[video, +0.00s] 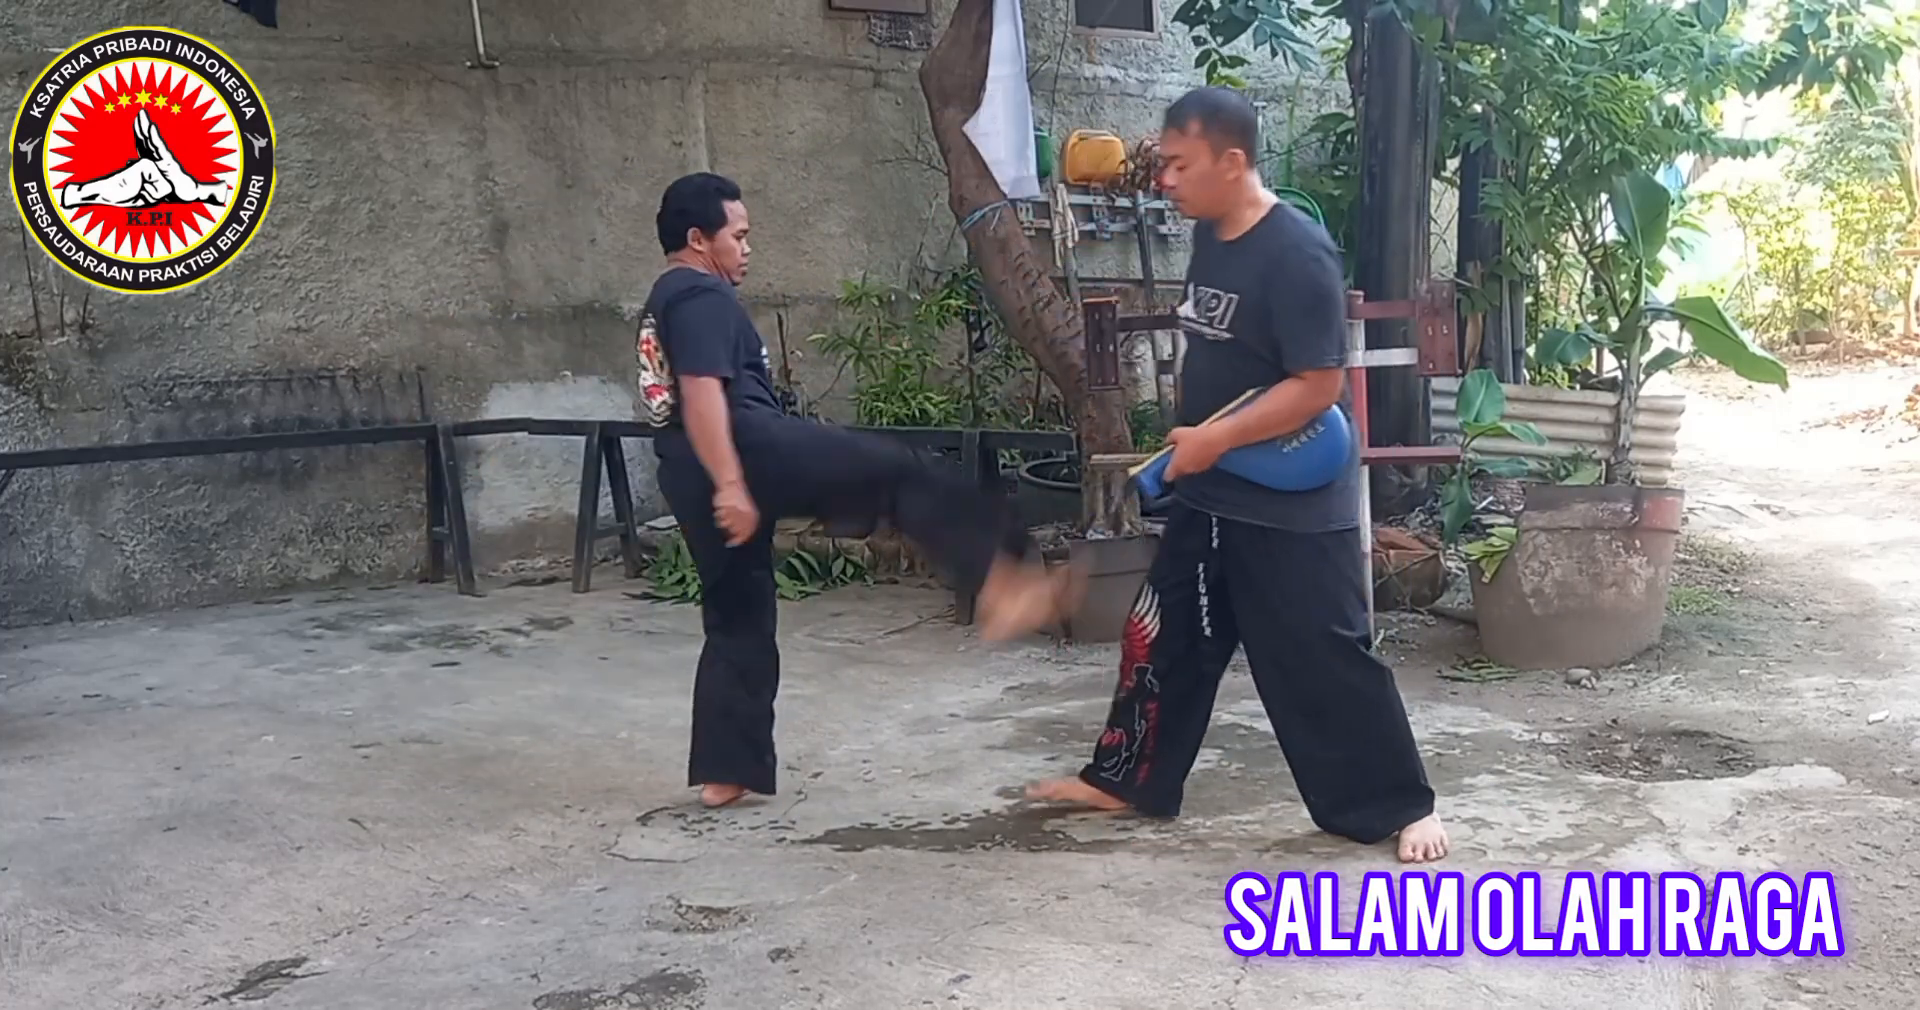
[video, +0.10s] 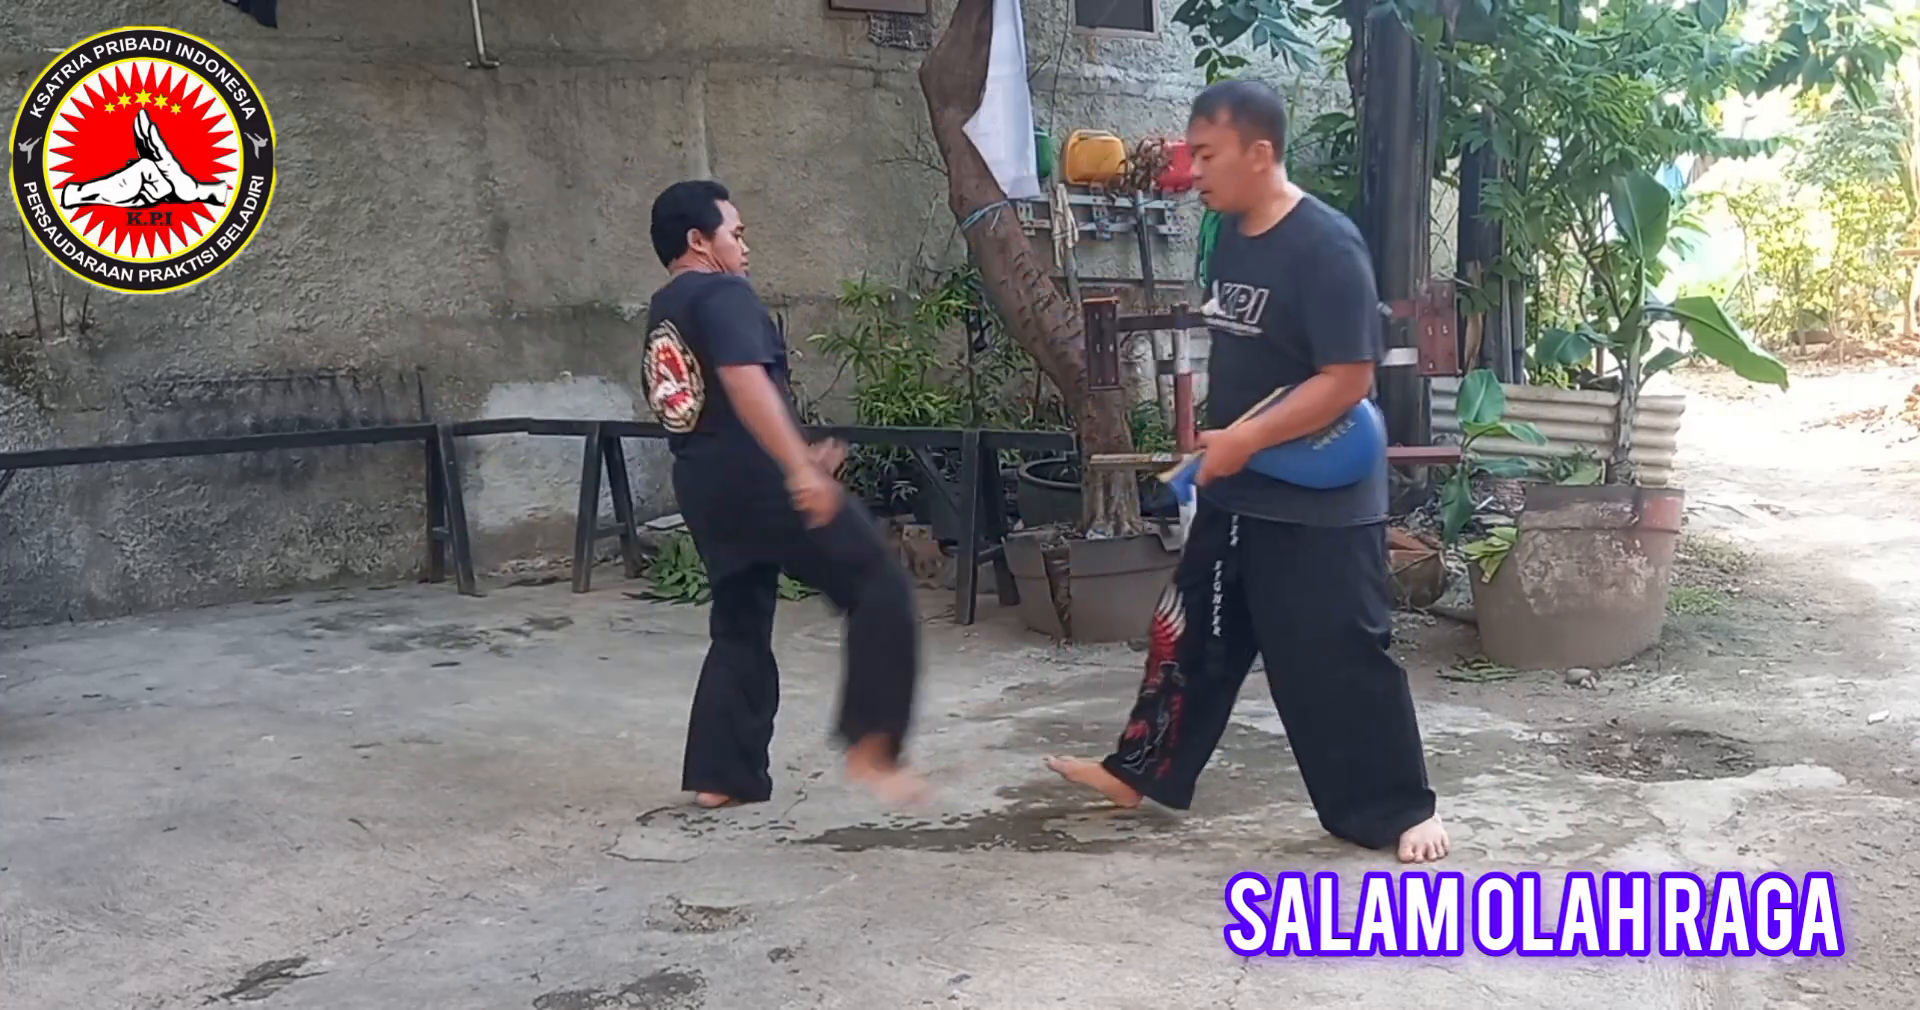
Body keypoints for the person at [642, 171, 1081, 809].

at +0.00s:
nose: (747, 246)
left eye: (746, 233)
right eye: (737, 234)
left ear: (691, 241)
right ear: (697, 238)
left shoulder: (670, 295)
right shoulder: (701, 294)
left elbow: (691, 399)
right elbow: (701, 394)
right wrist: (729, 483)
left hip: (693, 466)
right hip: (737, 451)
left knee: (738, 617)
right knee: (897, 469)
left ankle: (726, 774)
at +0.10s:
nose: (745, 244)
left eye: (742, 231)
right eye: (735, 233)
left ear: (687, 246)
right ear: (697, 243)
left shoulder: (667, 304)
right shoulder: (723, 293)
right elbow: (744, 382)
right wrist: (801, 468)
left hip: (705, 485)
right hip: (757, 476)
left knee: (740, 624)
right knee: (880, 584)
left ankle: (721, 777)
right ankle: (874, 748)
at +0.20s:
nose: (757, 248)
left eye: (750, 235)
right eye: (745, 236)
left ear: (710, 255)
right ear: (712, 252)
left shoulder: (738, 321)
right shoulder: (720, 318)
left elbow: (824, 415)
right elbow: (753, 413)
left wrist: (860, 349)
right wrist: (858, 419)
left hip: (758, 518)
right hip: (777, 519)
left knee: (768, 639)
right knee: (861, 643)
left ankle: (721, 772)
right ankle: (818, 808)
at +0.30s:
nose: (765, 233)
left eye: (758, 221)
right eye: (750, 222)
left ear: (720, 245)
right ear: (711, 243)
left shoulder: (785, 325)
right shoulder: (699, 325)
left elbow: (865, 386)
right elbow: (706, 434)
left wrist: (896, 334)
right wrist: (813, 415)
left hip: (824, 519)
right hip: (778, 525)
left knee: (822, 632)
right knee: (858, 649)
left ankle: (742, 738)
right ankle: (834, 813)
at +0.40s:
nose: (773, 214)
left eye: (768, 202)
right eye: (757, 204)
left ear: (732, 228)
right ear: (713, 228)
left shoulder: (799, 306)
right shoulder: (686, 325)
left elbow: (872, 382)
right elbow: (690, 438)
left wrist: (916, 372)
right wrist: (788, 440)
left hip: (846, 496)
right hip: (776, 515)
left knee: (898, 593)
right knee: (839, 645)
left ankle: (810, 717)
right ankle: (836, 814)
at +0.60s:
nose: (781, 215)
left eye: (779, 201)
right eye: (765, 204)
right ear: (717, 222)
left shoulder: (802, 297)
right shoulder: (681, 324)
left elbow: (869, 371)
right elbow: (688, 439)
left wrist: (913, 395)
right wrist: (783, 474)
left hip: (855, 473)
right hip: (775, 510)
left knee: (959, 524)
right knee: (824, 652)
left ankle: (884, 641)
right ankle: (833, 815)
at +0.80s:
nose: (773, 192)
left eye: (768, 180)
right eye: (754, 183)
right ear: (710, 211)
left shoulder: (800, 278)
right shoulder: (695, 308)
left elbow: (892, 284)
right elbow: (702, 429)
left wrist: (901, 315)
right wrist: (769, 512)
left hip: (840, 471)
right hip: (766, 505)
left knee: (938, 533)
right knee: (806, 660)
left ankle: (845, 654)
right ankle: (830, 815)